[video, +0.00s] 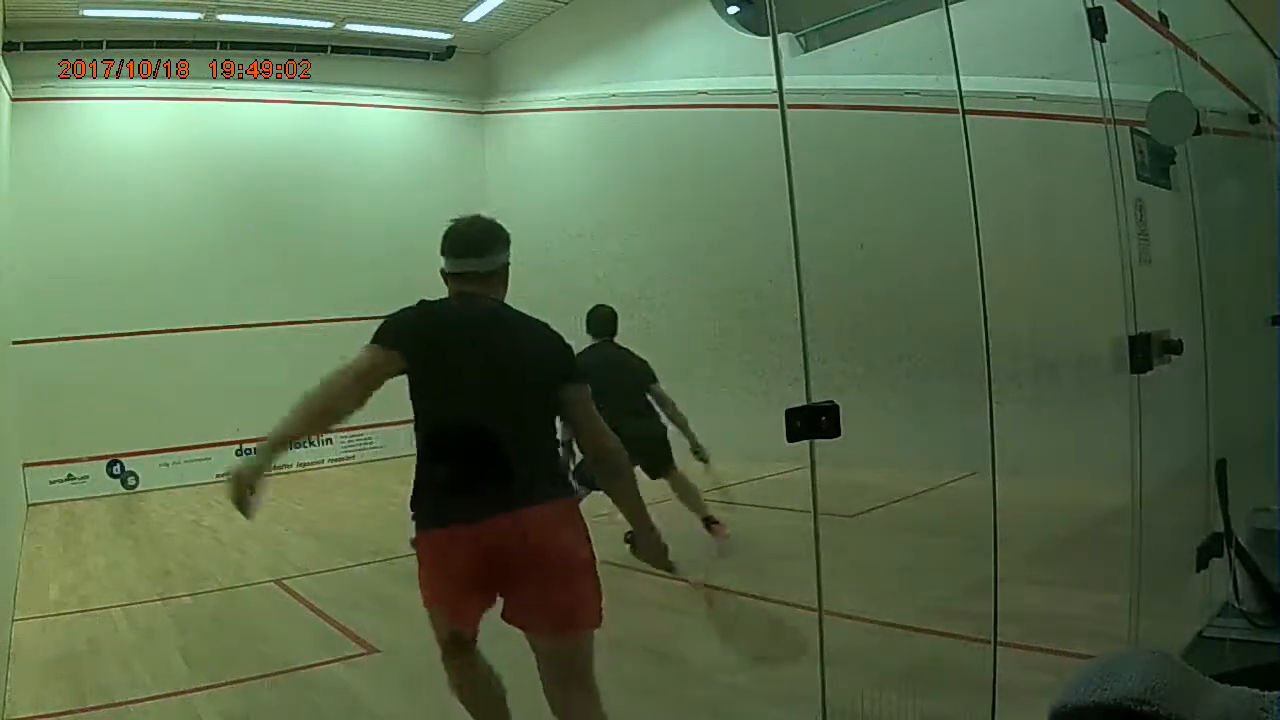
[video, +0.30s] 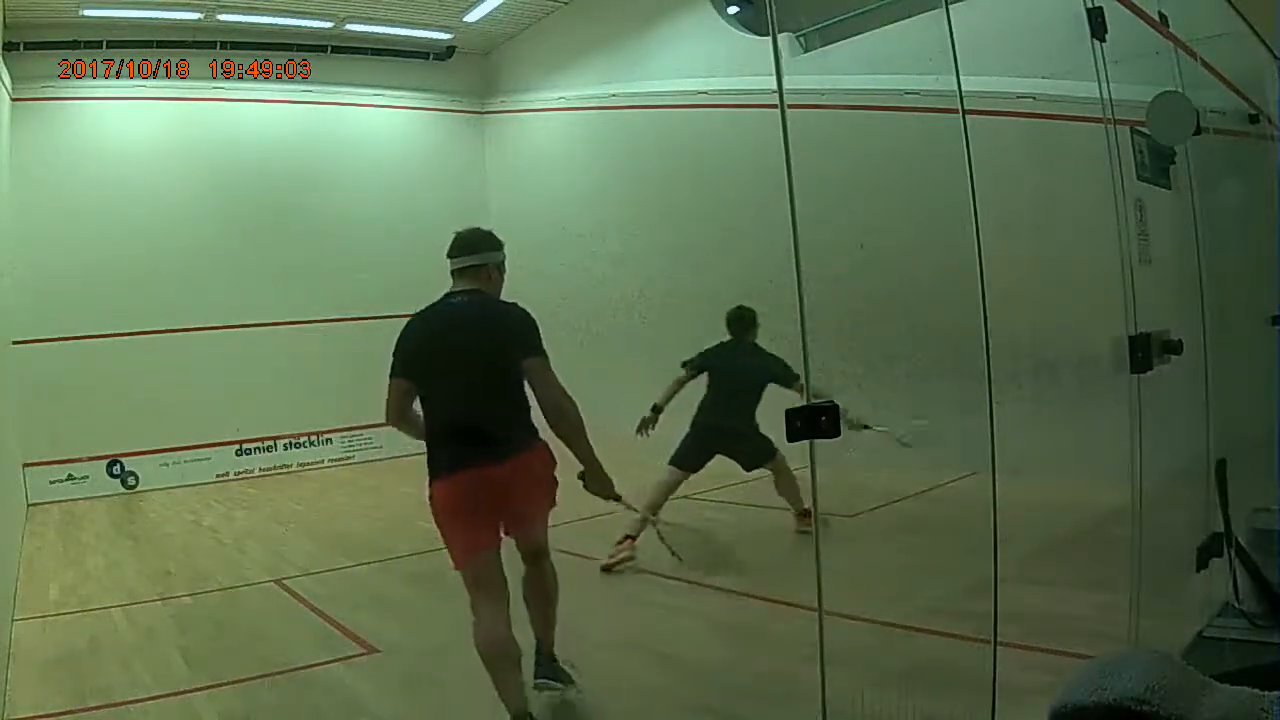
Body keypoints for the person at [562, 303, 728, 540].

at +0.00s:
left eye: (594, 326)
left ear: (588, 329)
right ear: (615, 328)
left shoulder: (578, 365)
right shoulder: (632, 360)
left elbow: (568, 415)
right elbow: (666, 404)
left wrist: (566, 450)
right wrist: (692, 439)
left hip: (607, 444)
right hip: (648, 434)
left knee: (620, 485)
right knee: (672, 473)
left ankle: (643, 533)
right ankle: (707, 518)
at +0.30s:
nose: (749, 332)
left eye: (740, 328)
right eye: (753, 328)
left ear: (728, 329)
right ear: (755, 329)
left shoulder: (716, 353)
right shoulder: (766, 361)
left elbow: (682, 378)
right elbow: (804, 389)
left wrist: (655, 411)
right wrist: (840, 410)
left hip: (705, 429)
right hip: (742, 432)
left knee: (670, 479)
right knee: (778, 465)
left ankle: (629, 539)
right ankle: (802, 514)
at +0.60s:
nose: (815, 311)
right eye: (819, 305)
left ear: (796, 302)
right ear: (822, 306)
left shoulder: (778, 330)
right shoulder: (825, 335)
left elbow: (749, 368)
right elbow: (859, 368)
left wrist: (744, 400)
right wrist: (896, 398)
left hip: (764, 408)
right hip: (797, 408)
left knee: (769, 471)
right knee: (816, 449)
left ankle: (780, 518)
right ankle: (807, 513)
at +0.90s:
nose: (807, 297)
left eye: (810, 292)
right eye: (809, 292)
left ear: (818, 296)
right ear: (836, 300)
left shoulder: (798, 328)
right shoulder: (851, 326)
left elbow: (781, 365)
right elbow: (876, 358)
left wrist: (775, 396)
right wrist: (902, 393)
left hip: (809, 414)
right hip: (845, 409)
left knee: (808, 470)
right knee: (869, 462)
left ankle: (811, 528)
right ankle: (903, 517)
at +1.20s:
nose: (774, 267)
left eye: (778, 263)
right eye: (776, 262)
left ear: (788, 269)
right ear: (804, 271)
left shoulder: (770, 300)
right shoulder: (821, 303)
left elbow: (776, 333)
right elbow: (837, 348)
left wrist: (782, 373)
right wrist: (850, 388)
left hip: (787, 396)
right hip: (824, 393)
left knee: (784, 458)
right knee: (844, 450)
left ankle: (809, 520)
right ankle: (870, 510)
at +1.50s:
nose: (709, 289)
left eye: (713, 286)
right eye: (712, 285)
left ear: (724, 294)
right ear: (731, 296)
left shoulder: (730, 326)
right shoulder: (745, 322)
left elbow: (746, 370)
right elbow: (757, 367)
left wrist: (738, 415)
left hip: (749, 409)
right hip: (772, 407)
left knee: (708, 459)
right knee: (798, 468)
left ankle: (699, 529)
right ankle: (830, 528)